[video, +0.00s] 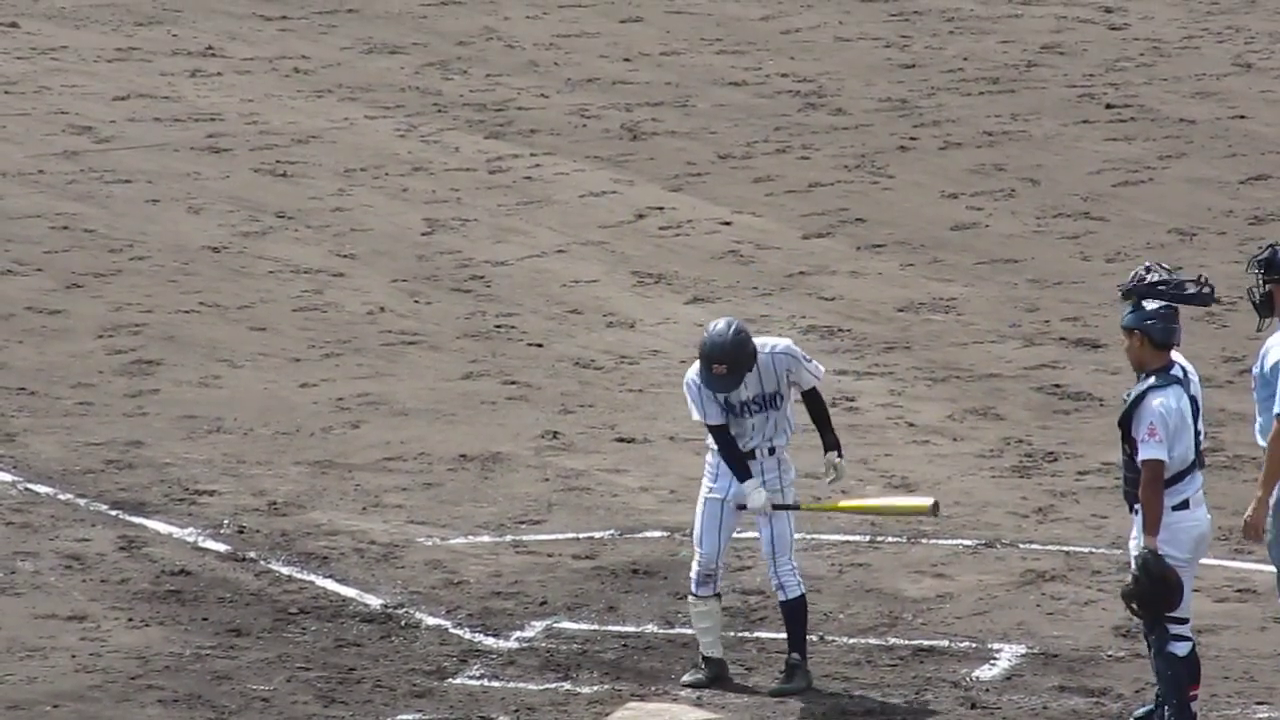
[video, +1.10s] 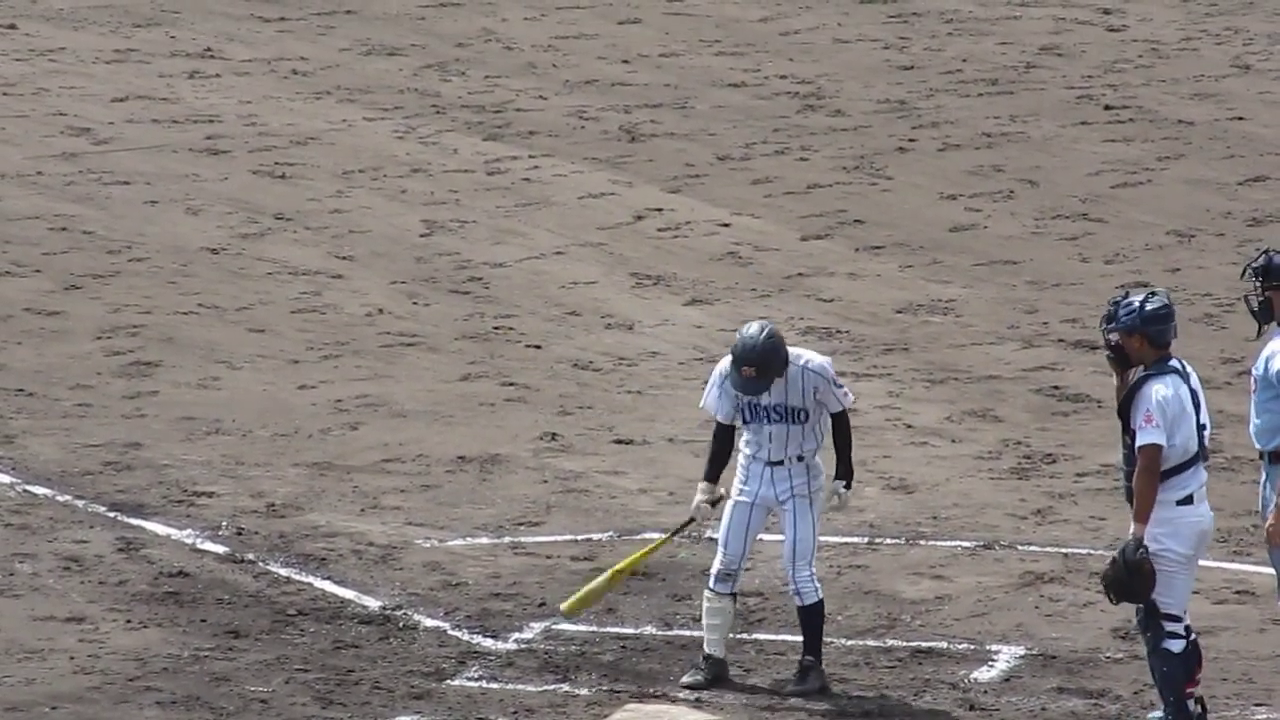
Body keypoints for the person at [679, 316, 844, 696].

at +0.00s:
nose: (719, 379)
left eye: (727, 372)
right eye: (713, 372)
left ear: (747, 359)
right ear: (705, 360)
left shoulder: (781, 355)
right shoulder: (698, 380)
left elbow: (811, 394)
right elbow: (722, 439)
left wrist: (832, 448)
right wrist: (749, 483)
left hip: (771, 469)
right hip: (722, 469)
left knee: (781, 568)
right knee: (704, 565)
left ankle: (797, 664)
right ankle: (711, 661)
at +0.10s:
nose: (701, 382)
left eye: (708, 375)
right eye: (695, 375)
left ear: (730, 359)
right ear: (688, 360)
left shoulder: (769, 356)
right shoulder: (685, 377)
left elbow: (800, 394)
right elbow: (694, 436)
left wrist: (818, 448)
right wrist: (706, 491)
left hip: (766, 466)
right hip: (717, 468)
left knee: (781, 564)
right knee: (703, 564)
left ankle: (794, 663)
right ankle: (711, 662)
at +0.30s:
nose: (674, 376)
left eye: (679, 368)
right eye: (670, 368)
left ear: (702, 353)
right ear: (668, 357)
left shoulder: (752, 353)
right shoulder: (674, 374)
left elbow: (790, 396)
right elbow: (666, 426)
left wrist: (792, 456)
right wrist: (648, 476)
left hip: (765, 463)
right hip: (718, 467)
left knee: (771, 563)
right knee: (707, 563)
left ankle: (804, 647)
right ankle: (711, 662)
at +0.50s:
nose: (667, 382)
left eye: (671, 375)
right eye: (662, 376)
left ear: (690, 360)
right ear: (663, 363)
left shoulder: (744, 358)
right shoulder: (673, 378)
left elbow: (787, 401)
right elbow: (641, 422)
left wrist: (784, 460)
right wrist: (596, 439)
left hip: (767, 467)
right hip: (721, 471)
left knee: (778, 567)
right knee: (705, 564)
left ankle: (799, 663)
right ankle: (711, 664)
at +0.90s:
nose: (701, 382)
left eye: (708, 376)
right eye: (698, 374)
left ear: (732, 365)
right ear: (696, 363)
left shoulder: (780, 367)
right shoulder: (700, 374)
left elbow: (816, 412)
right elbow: (668, 414)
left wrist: (812, 472)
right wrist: (621, 437)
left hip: (788, 474)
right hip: (743, 475)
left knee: (789, 575)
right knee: (716, 568)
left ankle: (811, 665)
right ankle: (711, 662)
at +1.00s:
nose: (727, 385)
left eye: (734, 379)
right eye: (722, 377)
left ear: (755, 366)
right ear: (717, 363)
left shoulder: (800, 370)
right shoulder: (717, 376)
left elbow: (829, 414)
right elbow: (696, 428)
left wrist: (829, 476)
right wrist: (659, 466)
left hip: (797, 474)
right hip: (750, 475)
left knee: (798, 573)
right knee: (724, 566)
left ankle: (813, 666)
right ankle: (712, 661)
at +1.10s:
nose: (750, 385)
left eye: (758, 378)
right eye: (745, 376)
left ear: (779, 364)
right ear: (737, 361)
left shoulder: (814, 371)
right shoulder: (728, 373)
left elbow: (839, 415)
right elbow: (723, 431)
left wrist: (843, 475)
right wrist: (708, 483)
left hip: (800, 476)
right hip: (750, 474)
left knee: (800, 572)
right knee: (725, 565)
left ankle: (811, 667)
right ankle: (712, 661)